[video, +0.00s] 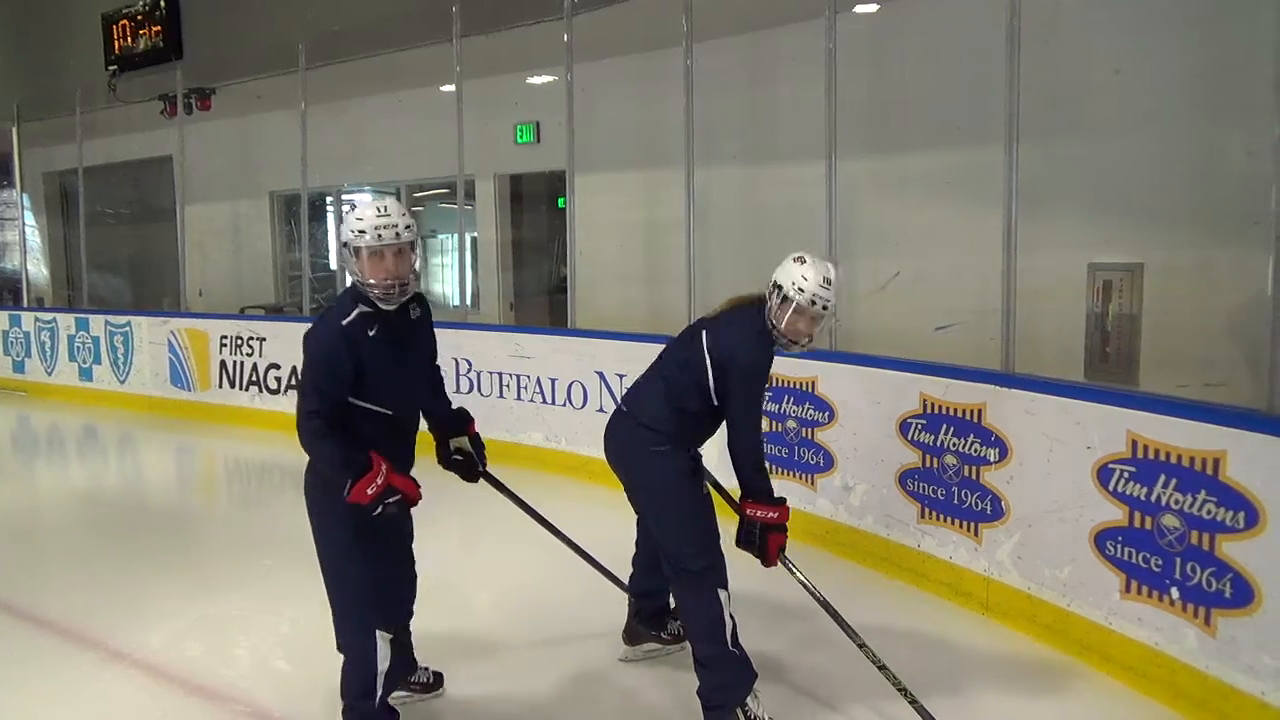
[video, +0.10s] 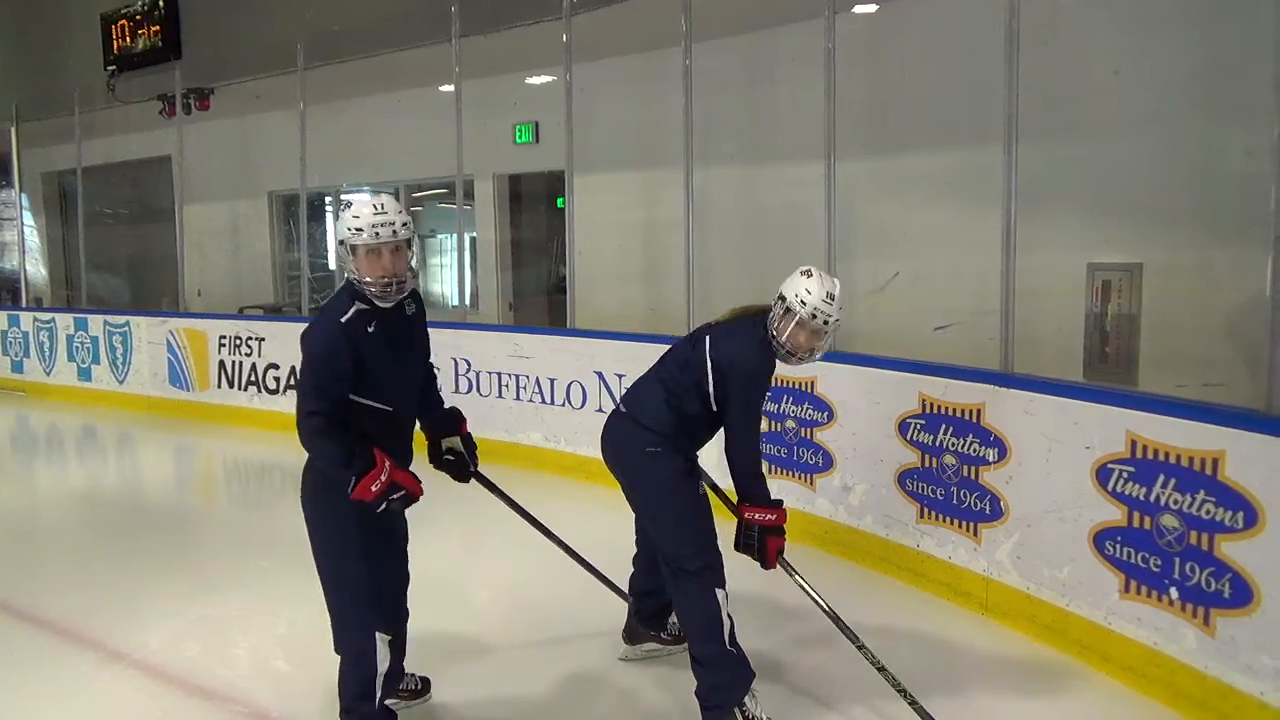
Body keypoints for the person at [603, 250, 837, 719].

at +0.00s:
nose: (800, 325)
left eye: (812, 318)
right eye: (796, 311)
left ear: (823, 320)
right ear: (775, 298)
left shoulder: (743, 319)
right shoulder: (750, 343)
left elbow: (685, 373)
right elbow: (744, 434)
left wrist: (684, 443)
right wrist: (762, 504)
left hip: (632, 432)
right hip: (657, 444)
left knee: (660, 529)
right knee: (700, 569)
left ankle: (647, 620)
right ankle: (727, 701)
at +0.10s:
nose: (800, 339)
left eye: (813, 333)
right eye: (796, 324)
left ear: (824, 338)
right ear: (778, 311)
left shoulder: (747, 330)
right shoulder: (751, 355)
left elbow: (688, 379)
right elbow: (742, 442)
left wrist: (681, 446)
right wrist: (760, 512)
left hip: (632, 434)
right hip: (653, 446)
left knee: (661, 534)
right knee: (698, 569)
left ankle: (646, 624)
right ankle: (725, 702)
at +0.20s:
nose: (799, 343)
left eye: (813, 339)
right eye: (796, 329)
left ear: (825, 345)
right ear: (781, 316)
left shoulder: (751, 335)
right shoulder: (753, 360)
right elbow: (742, 446)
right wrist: (761, 515)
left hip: (632, 434)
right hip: (651, 446)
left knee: (658, 535)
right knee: (695, 568)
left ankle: (644, 625)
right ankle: (722, 702)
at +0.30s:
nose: (800, 344)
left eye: (814, 339)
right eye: (797, 329)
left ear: (827, 345)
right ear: (782, 317)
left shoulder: (751, 336)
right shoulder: (754, 361)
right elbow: (743, 445)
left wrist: (678, 447)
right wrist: (760, 516)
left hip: (631, 434)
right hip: (651, 446)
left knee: (658, 535)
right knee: (693, 568)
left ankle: (644, 625)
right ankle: (720, 702)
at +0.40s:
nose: (800, 344)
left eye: (813, 339)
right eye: (797, 329)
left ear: (826, 344)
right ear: (781, 316)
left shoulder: (752, 335)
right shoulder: (752, 360)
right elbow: (742, 446)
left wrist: (679, 447)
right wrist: (758, 515)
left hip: (631, 433)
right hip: (650, 445)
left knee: (657, 535)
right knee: (693, 567)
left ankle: (643, 625)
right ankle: (719, 702)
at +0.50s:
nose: (803, 344)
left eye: (815, 338)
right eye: (799, 330)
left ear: (826, 342)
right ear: (781, 318)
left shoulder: (751, 337)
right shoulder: (752, 359)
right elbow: (741, 445)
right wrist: (758, 515)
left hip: (630, 434)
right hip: (652, 446)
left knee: (656, 533)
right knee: (693, 569)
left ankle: (644, 623)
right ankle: (718, 703)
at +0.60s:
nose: (802, 345)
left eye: (814, 338)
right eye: (798, 331)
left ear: (826, 342)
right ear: (780, 318)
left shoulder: (751, 336)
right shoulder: (750, 359)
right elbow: (741, 447)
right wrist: (759, 515)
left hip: (630, 433)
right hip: (649, 445)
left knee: (657, 532)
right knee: (692, 568)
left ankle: (645, 622)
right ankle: (717, 702)